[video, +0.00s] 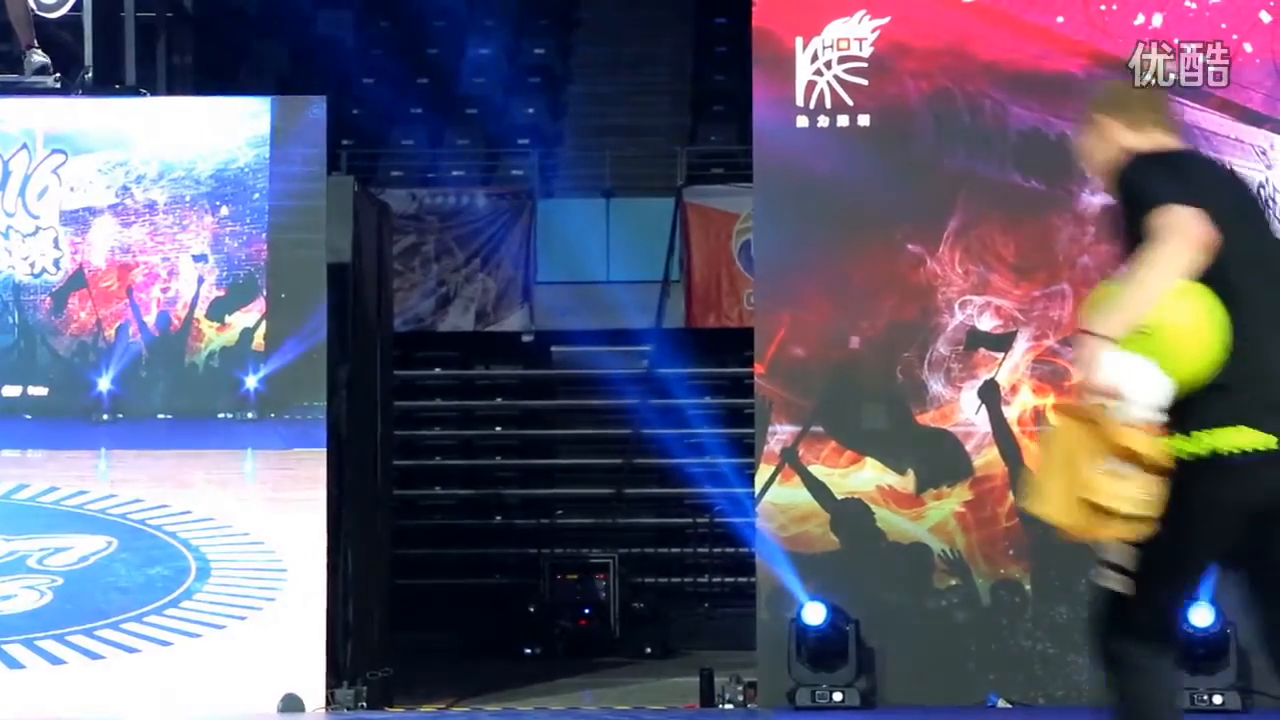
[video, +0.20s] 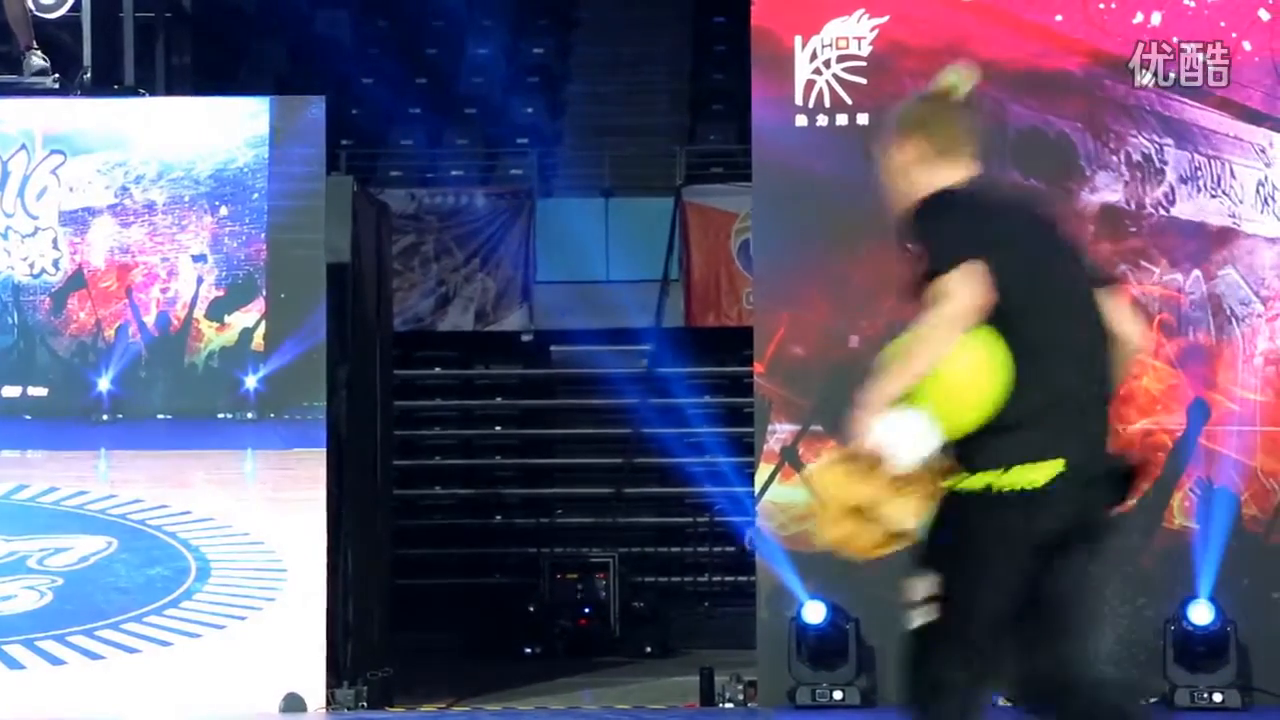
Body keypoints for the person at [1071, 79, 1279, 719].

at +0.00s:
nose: (1086, 155)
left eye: (1088, 139)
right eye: (1083, 141)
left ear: (1114, 128)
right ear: (1162, 125)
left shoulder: (1155, 169)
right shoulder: (1225, 185)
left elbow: (1186, 236)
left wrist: (1098, 330)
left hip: (1219, 455)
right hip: (1268, 452)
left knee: (1136, 625)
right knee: (1269, 628)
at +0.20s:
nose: (883, 176)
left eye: (885, 159)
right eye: (884, 160)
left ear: (909, 150)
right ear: (971, 155)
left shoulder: (942, 212)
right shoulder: (1033, 220)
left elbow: (967, 294)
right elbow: (1128, 330)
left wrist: (875, 395)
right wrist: (1076, 409)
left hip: (1001, 487)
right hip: (1080, 482)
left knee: (946, 675)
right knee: (1052, 674)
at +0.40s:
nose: (745, 153)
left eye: (748, 140)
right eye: (746, 140)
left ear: (767, 135)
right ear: (820, 137)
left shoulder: (761, 203)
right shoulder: (888, 210)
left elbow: (732, 294)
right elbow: (944, 302)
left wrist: (672, 387)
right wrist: (916, 386)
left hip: (813, 438)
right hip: (887, 433)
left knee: (854, 618)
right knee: (804, 612)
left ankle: (894, 709)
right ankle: (805, 706)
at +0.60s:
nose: (611, 192)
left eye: (616, 181)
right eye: (616, 179)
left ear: (629, 185)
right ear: (687, 198)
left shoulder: (601, 250)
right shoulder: (728, 276)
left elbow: (556, 334)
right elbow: (767, 396)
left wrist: (503, 422)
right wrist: (738, 445)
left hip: (628, 489)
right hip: (711, 488)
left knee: (624, 666)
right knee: (654, 664)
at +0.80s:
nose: (446, 172)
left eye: (450, 159)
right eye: (448, 160)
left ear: (470, 159)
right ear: (521, 164)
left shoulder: (465, 229)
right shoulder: (571, 246)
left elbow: (441, 309)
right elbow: (604, 363)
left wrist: (363, 386)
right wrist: (550, 401)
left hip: (469, 461)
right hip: (558, 462)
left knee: (449, 620)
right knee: (578, 620)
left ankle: (436, 710)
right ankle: (611, 711)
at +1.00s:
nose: (298, 230)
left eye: (301, 218)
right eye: (299, 218)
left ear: (317, 218)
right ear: (367, 217)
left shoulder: (314, 285)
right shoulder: (427, 284)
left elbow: (291, 368)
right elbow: (493, 368)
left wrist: (227, 428)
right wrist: (473, 431)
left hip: (353, 497)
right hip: (432, 496)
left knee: (324, 656)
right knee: (408, 655)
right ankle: (470, 707)